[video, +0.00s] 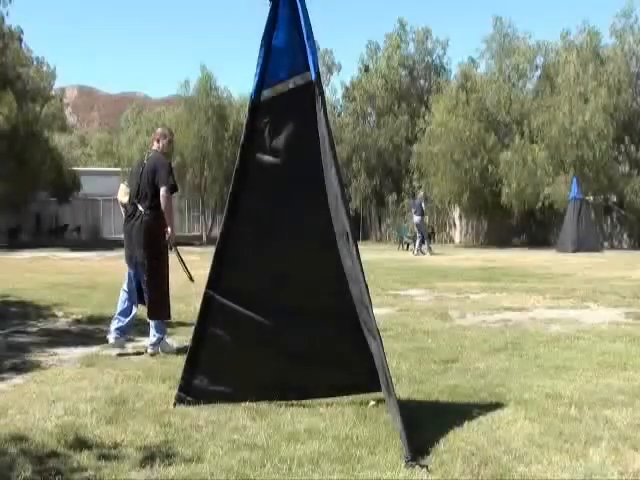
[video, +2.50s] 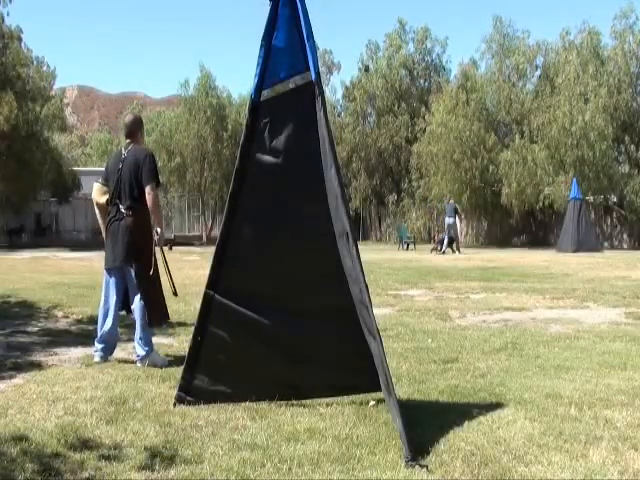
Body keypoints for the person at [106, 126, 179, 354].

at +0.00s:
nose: (171, 146)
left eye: (170, 142)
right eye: (169, 142)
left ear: (153, 142)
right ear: (159, 142)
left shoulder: (139, 164)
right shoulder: (162, 163)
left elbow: (124, 196)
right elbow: (164, 196)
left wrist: (132, 217)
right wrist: (170, 226)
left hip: (133, 227)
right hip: (150, 229)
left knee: (133, 280)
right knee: (156, 282)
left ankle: (117, 332)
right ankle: (156, 339)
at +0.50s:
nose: (156, 152)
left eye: (157, 147)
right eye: (155, 146)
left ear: (142, 140)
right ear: (146, 141)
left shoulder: (126, 160)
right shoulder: (136, 161)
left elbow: (111, 194)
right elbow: (127, 196)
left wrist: (123, 222)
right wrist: (130, 228)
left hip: (118, 236)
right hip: (135, 236)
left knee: (117, 291)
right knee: (148, 286)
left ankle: (112, 345)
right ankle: (160, 340)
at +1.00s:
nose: (162, 145)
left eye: (161, 141)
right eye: (162, 141)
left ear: (143, 139)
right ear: (157, 141)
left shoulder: (129, 158)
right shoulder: (149, 160)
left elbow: (111, 191)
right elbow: (148, 197)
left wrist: (117, 217)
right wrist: (154, 230)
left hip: (116, 222)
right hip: (133, 225)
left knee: (115, 289)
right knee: (138, 289)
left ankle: (107, 346)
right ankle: (143, 350)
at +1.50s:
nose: (140, 141)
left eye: (138, 137)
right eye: (139, 138)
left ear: (119, 139)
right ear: (136, 138)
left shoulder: (107, 163)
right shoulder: (133, 158)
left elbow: (92, 200)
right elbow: (136, 195)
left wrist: (100, 228)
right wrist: (145, 225)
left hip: (105, 234)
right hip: (125, 232)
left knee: (106, 295)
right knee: (135, 291)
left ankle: (101, 348)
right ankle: (146, 349)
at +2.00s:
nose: (145, 136)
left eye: (141, 133)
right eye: (144, 133)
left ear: (125, 135)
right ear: (142, 134)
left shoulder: (113, 160)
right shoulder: (146, 157)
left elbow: (98, 198)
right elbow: (151, 194)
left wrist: (105, 231)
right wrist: (158, 226)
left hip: (115, 231)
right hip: (138, 233)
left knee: (110, 293)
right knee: (141, 292)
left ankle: (102, 348)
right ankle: (144, 351)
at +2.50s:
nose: (143, 134)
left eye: (140, 131)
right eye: (143, 131)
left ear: (123, 133)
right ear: (140, 132)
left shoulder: (113, 160)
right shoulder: (144, 156)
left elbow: (98, 198)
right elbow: (150, 194)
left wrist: (105, 230)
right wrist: (158, 227)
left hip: (114, 231)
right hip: (137, 231)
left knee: (110, 293)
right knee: (141, 292)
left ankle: (102, 348)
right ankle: (144, 350)